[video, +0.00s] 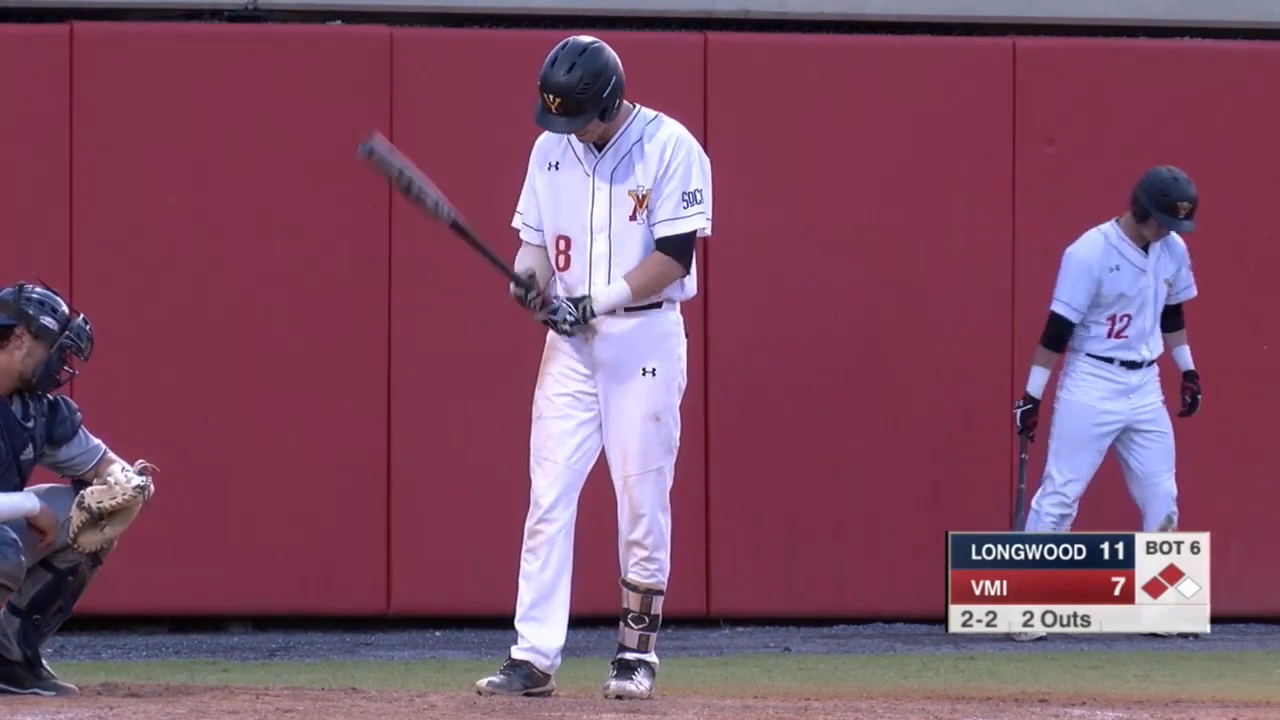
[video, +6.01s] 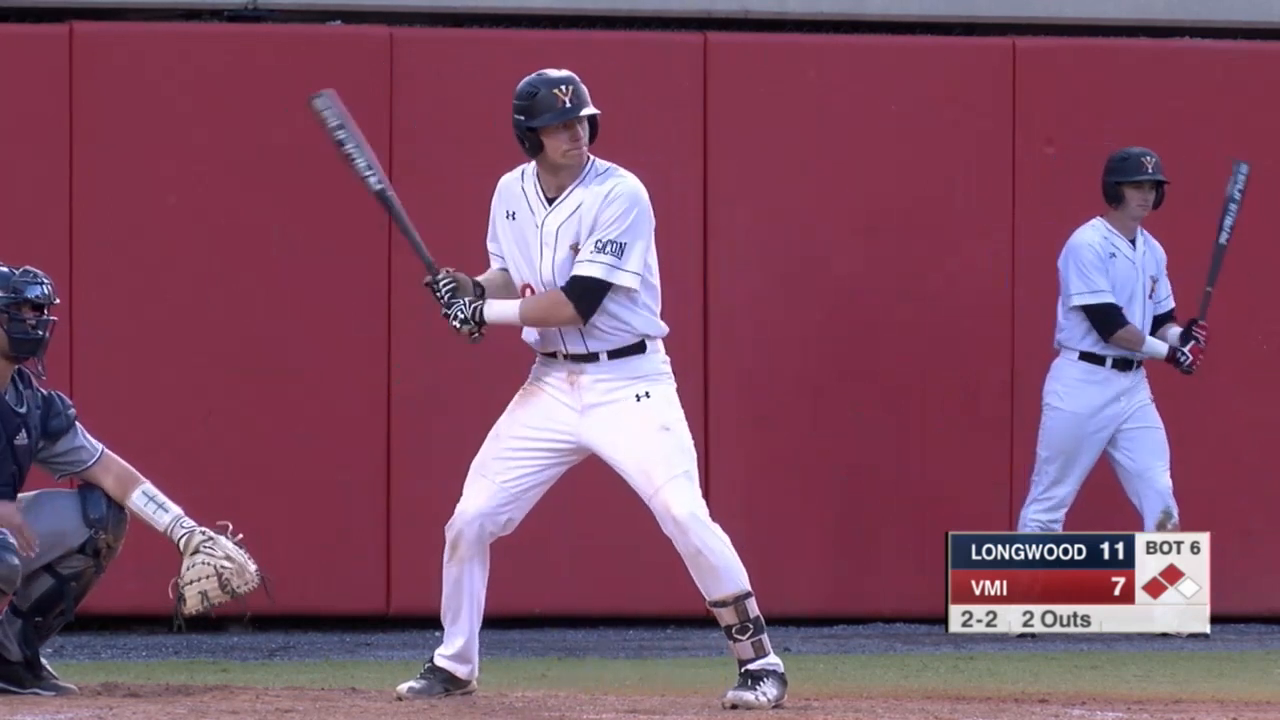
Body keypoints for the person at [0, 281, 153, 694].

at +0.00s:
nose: (62, 361)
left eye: (65, 351)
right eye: (56, 348)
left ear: (23, 341)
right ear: (20, 339)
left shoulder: (40, 410)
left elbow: (99, 461)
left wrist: (128, 480)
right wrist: (26, 504)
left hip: (9, 521)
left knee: (96, 512)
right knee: (7, 549)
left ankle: (14, 651)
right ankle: (7, 655)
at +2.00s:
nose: (38, 328)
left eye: (41, 318)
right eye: (23, 319)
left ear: (48, 325)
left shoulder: (37, 406)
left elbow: (97, 461)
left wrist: (125, 484)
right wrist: (27, 505)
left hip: (9, 522)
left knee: (96, 511)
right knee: (11, 545)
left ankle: (15, 652)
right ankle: (8, 653)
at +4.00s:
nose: (30, 339)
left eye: (38, 331)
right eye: (20, 327)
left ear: (48, 336)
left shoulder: (39, 408)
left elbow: (106, 469)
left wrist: (159, 498)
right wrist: (4, 463)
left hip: (6, 535)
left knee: (94, 510)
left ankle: (14, 650)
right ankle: (11, 651)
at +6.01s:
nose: (31, 322)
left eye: (36, 312)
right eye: (18, 312)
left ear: (44, 318)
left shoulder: (34, 404)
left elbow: (110, 472)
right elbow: (8, 513)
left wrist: (186, 532)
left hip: (3, 526)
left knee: (98, 515)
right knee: (5, 559)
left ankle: (13, 652)